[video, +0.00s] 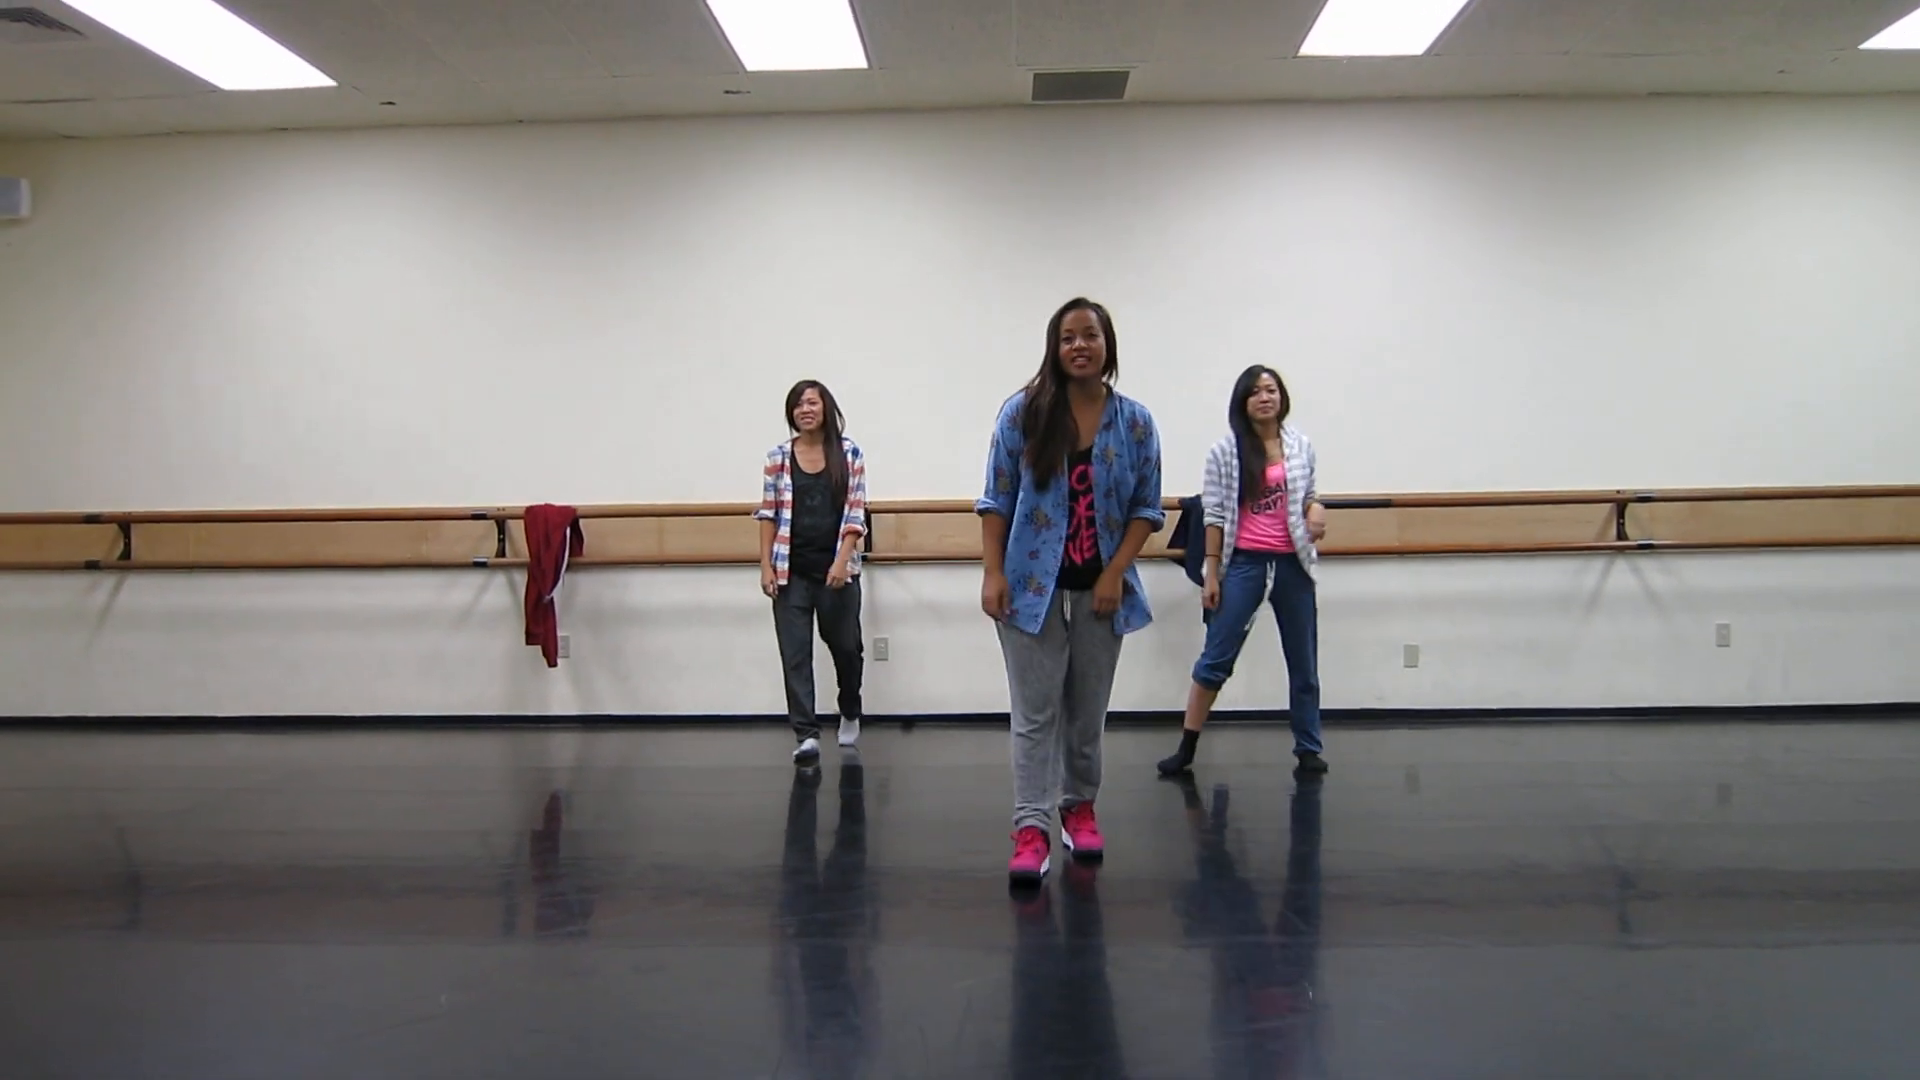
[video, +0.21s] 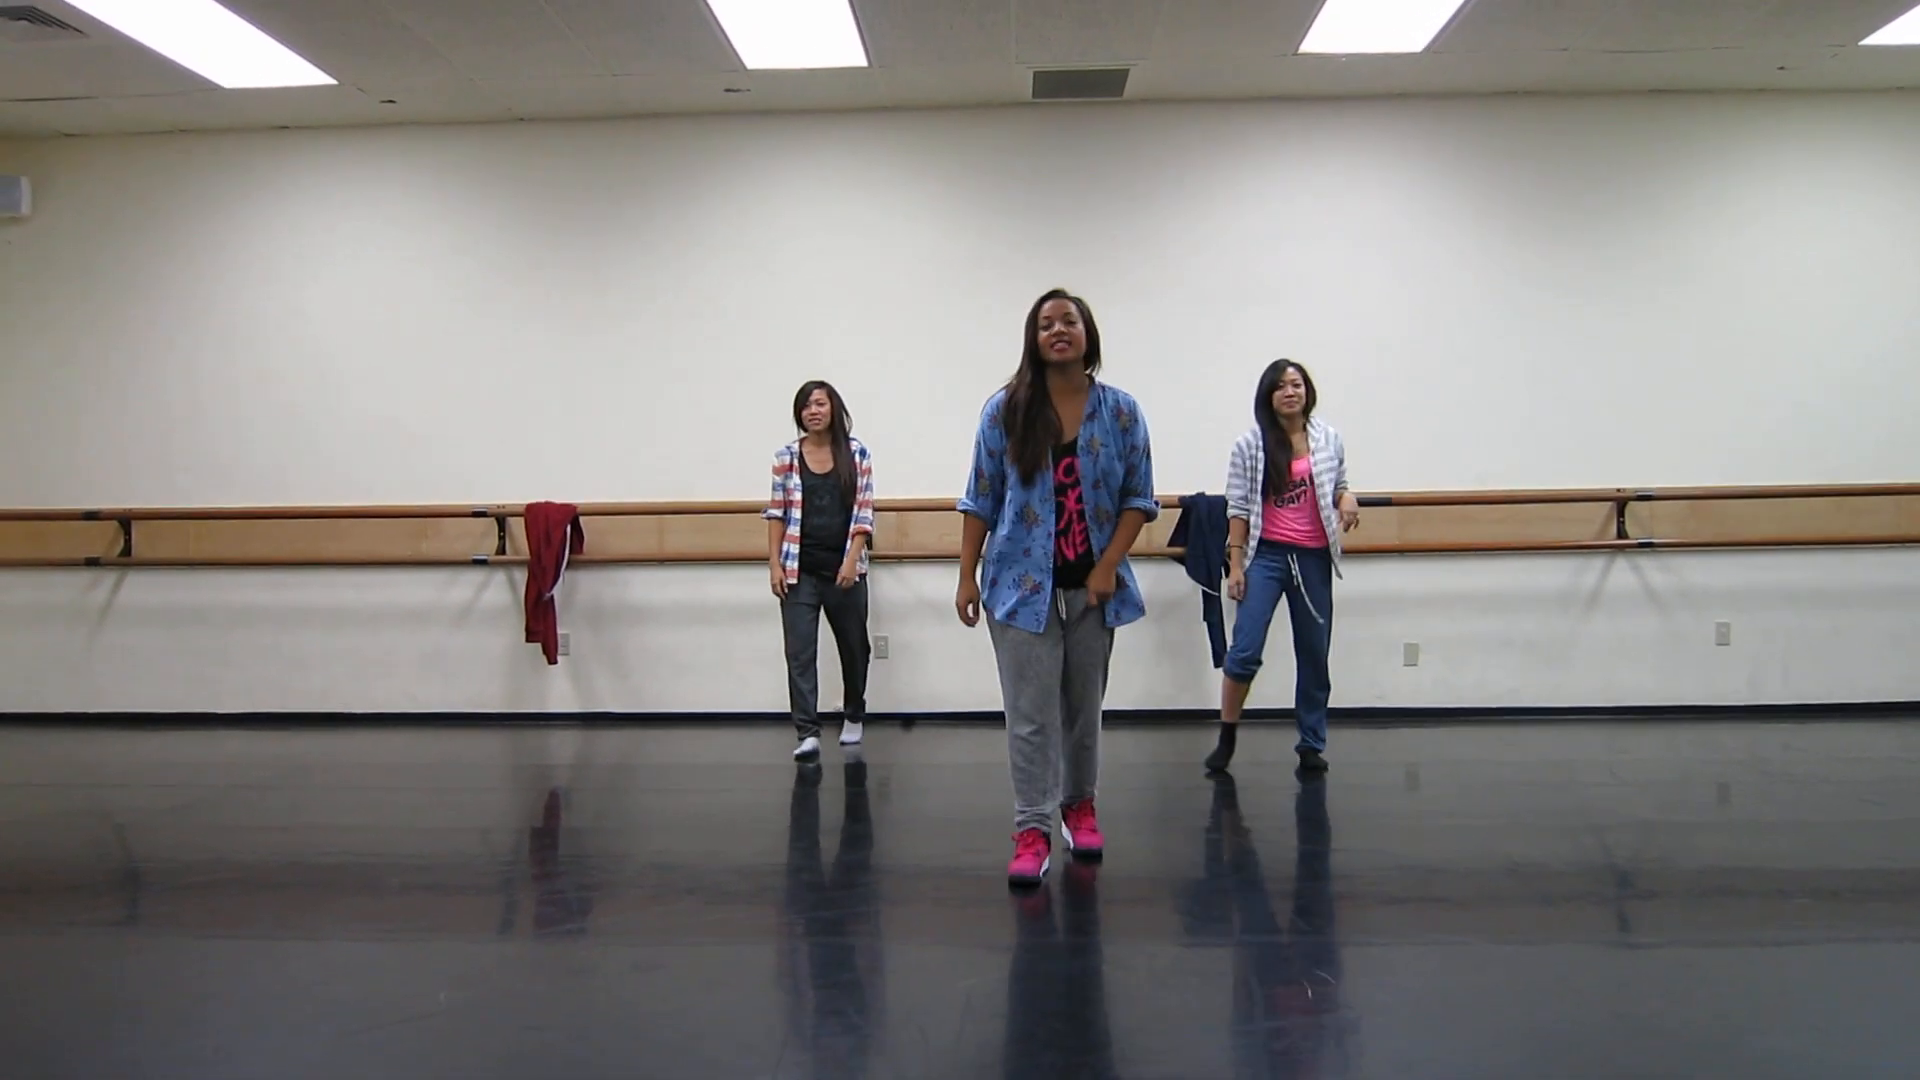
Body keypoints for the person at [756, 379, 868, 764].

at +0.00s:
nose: (806, 409)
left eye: (813, 402)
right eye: (799, 404)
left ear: (827, 409)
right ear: (791, 412)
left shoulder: (848, 452)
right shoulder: (778, 457)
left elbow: (856, 510)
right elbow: (768, 513)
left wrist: (843, 559)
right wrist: (765, 563)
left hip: (836, 572)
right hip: (790, 573)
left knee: (848, 650)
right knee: (795, 656)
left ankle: (849, 713)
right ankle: (805, 734)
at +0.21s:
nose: (814, 410)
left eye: (822, 403)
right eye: (807, 405)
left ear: (835, 409)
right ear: (799, 413)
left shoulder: (856, 453)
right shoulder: (786, 457)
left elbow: (865, 511)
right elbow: (776, 513)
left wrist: (852, 560)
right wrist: (774, 562)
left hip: (845, 572)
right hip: (798, 573)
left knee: (855, 650)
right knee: (799, 656)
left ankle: (853, 716)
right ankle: (807, 733)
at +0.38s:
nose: (822, 415)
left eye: (830, 409)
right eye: (816, 409)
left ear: (843, 415)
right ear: (807, 416)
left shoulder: (862, 456)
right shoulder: (794, 460)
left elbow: (874, 514)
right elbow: (784, 516)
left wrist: (870, 564)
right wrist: (784, 565)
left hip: (852, 575)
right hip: (807, 573)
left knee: (855, 653)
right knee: (808, 654)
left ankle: (851, 721)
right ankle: (810, 734)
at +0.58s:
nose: (828, 421)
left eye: (836, 415)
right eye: (823, 415)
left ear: (849, 420)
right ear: (814, 422)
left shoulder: (870, 462)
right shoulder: (801, 466)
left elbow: (884, 518)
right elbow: (794, 523)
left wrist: (886, 569)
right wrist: (794, 572)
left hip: (861, 576)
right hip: (816, 574)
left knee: (858, 653)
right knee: (813, 648)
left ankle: (851, 722)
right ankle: (813, 732)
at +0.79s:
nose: (832, 420)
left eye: (840, 414)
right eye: (826, 415)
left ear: (853, 421)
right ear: (818, 422)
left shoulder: (875, 462)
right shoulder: (805, 466)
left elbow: (887, 519)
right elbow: (798, 524)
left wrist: (884, 567)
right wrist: (796, 574)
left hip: (862, 575)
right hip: (819, 572)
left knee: (860, 652)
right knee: (818, 640)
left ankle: (854, 724)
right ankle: (831, 723)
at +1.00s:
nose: (834, 422)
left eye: (842, 416)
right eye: (828, 416)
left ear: (854, 424)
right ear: (819, 424)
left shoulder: (873, 465)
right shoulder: (803, 469)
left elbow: (884, 524)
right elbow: (795, 527)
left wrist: (877, 573)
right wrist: (793, 578)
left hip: (861, 580)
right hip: (817, 578)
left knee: (858, 655)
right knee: (820, 647)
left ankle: (853, 724)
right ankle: (834, 733)